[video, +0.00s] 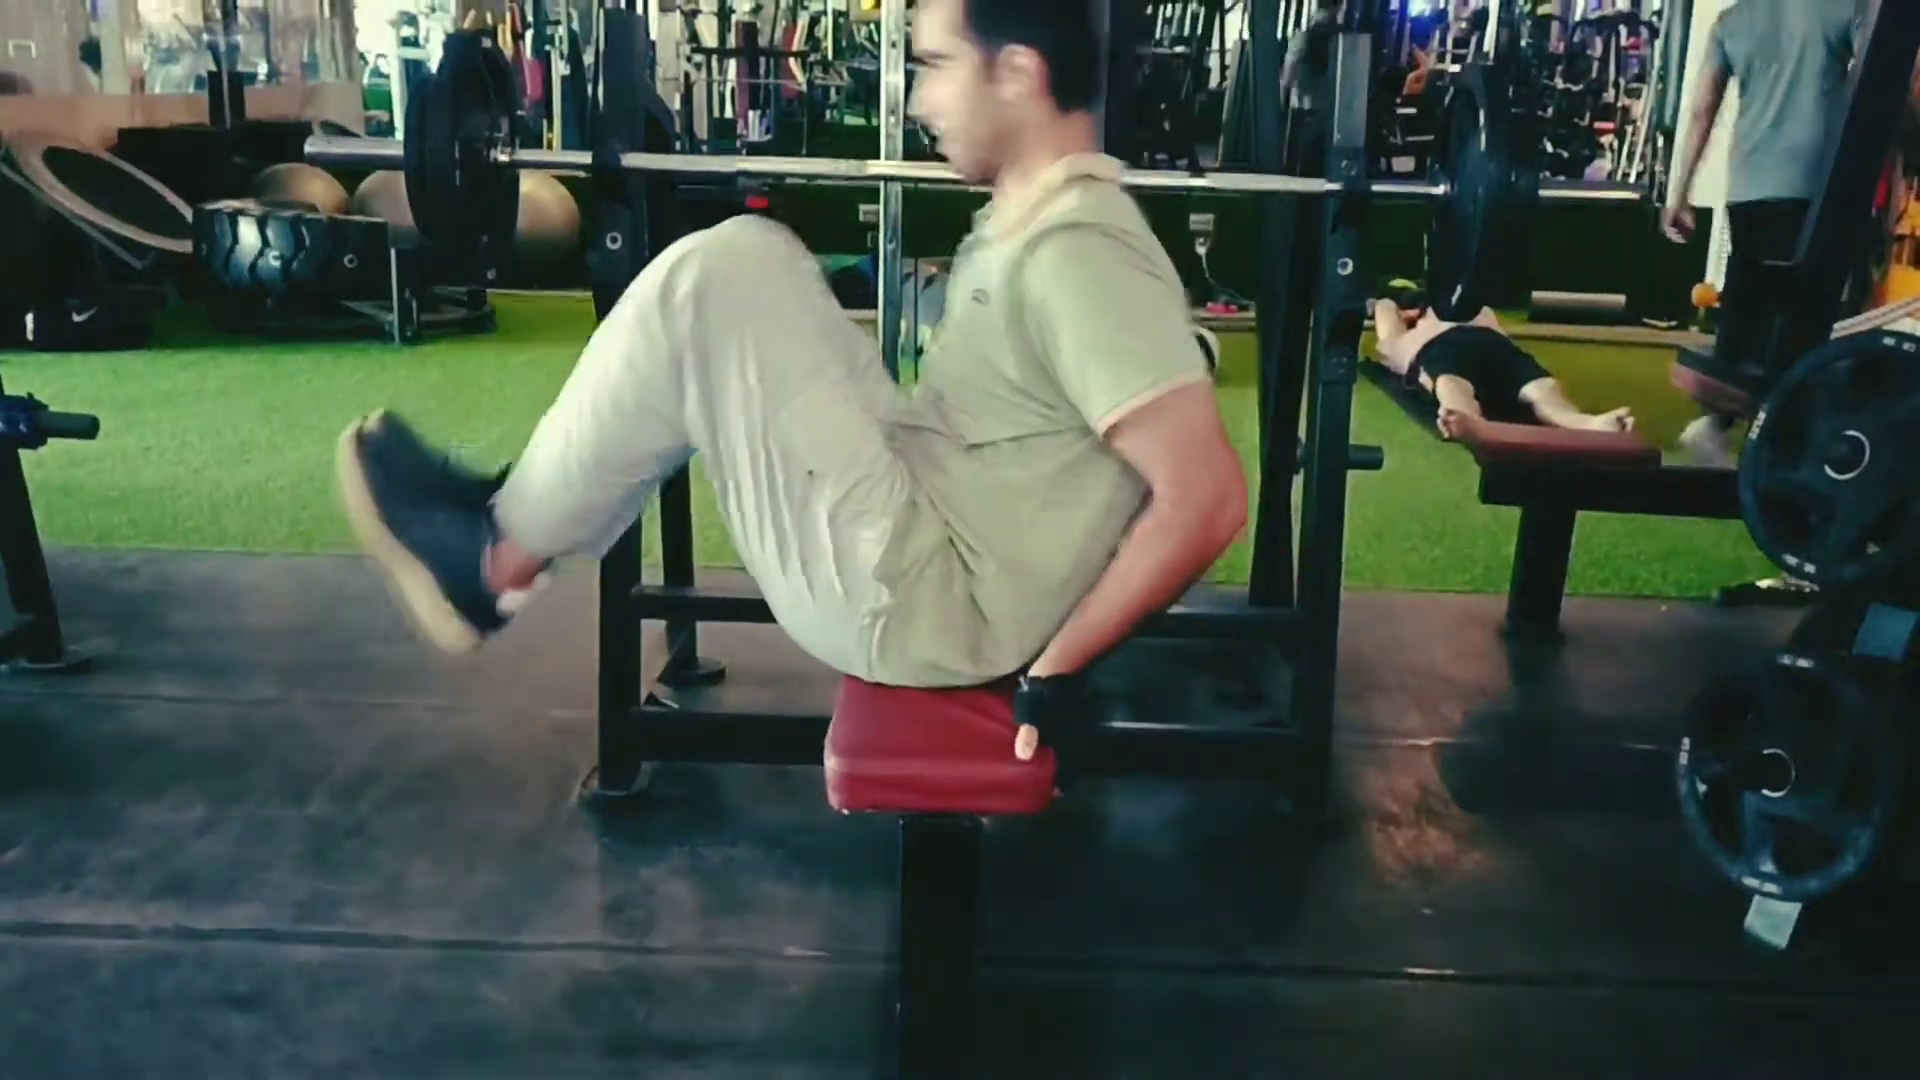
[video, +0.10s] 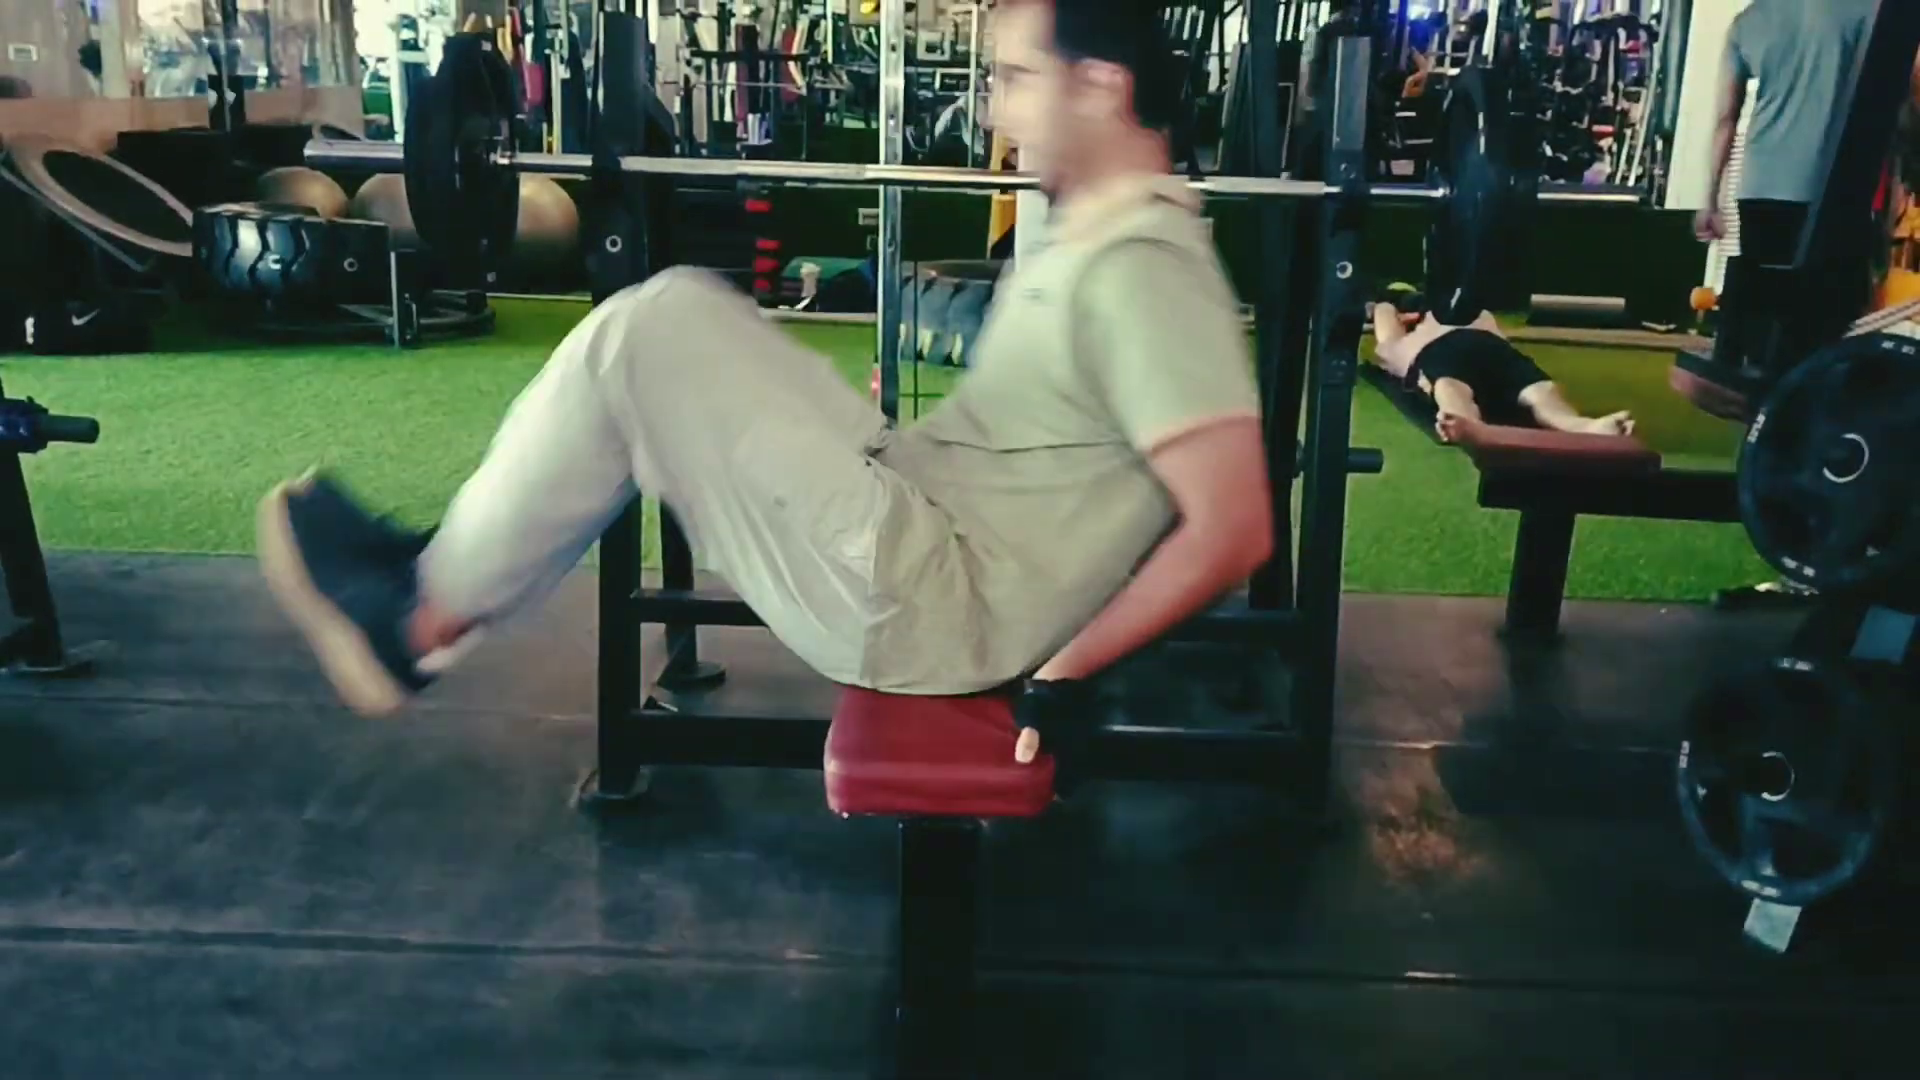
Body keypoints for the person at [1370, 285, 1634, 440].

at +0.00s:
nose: (1414, 311)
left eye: (1418, 308)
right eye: (1410, 309)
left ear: (1419, 313)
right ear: (1400, 317)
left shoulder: (1456, 320)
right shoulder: (1393, 342)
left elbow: (1490, 318)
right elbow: (1382, 304)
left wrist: (1440, 308)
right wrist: (1404, 313)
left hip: (1494, 340)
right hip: (1444, 347)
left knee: (1543, 388)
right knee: (1453, 383)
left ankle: (1588, 424)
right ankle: (1466, 420)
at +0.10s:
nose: (1410, 317)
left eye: (1410, 313)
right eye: (1408, 314)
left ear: (1410, 318)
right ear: (1404, 319)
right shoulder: (1391, 346)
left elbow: (1490, 322)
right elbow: (1381, 307)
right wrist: (1404, 317)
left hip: (1498, 347)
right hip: (1445, 353)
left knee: (1545, 392)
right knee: (1453, 388)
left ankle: (1589, 427)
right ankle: (1465, 424)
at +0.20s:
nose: (1412, 319)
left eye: (1416, 316)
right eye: (1408, 317)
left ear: (1418, 319)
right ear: (1400, 322)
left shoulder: (1461, 324)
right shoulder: (1393, 350)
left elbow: (1490, 324)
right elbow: (1381, 309)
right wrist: (1405, 321)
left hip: (1496, 347)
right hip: (1444, 356)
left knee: (1544, 393)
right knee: (1453, 389)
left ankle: (1589, 428)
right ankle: (1464, 426)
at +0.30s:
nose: (1409, 322)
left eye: (1412, 319)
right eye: (1407, 319)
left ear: (1414, 322)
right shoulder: (1393, 350)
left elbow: (1489, 325)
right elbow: (1380, 312)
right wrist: (1402, 321)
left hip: (1495, 349)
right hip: (1443, 357)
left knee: (1543, 392)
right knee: (1452, 390)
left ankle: (1584, 428)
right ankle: (1464, 426)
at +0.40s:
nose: (1415, 321)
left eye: (1419, 319)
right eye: (1410, 320)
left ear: (1424, 324)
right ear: (1400, 326)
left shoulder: (1463, 331)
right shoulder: (1393, 351)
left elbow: (1486, 323)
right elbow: (1379, 312)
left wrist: (1444, 321)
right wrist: (1402, 324)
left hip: (1495, 350)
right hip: (1443, 358)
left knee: (1544, 394)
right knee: (1453, 392)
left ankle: (1584, 429)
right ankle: (1464, 428)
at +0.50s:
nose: (1418, 324)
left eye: (1422, 322)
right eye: (1412, 324)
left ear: (1429, 328)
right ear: (1401, 331)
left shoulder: (1463, 333)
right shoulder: (1393, 353)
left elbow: (1486, 323)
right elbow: (1380, 314)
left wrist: (1444, 326)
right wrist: (1400, 325)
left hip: (1495, 351)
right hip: (1443, 358)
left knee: (1544, 394)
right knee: (1453, 392)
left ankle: (1584, 430)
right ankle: (1464, 429)